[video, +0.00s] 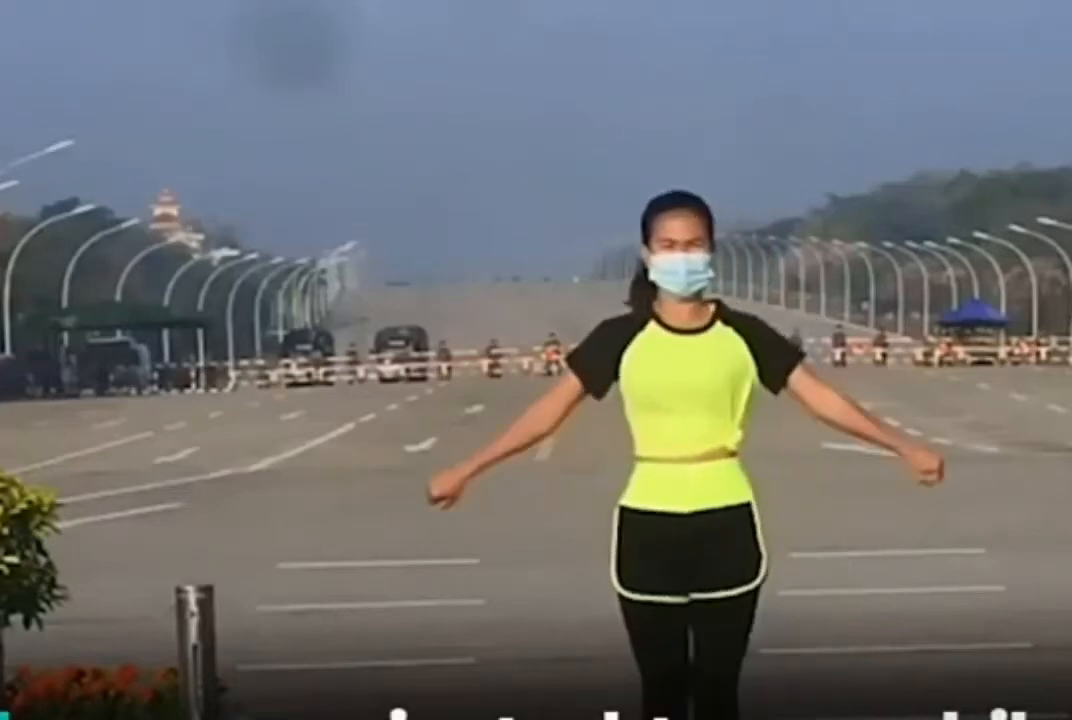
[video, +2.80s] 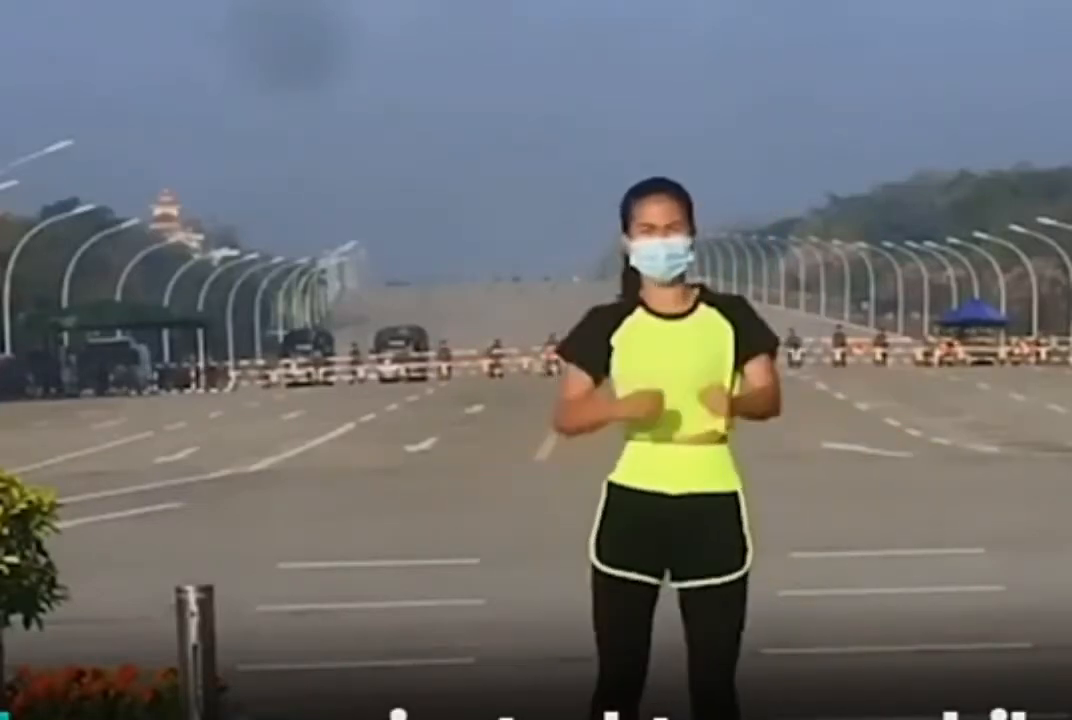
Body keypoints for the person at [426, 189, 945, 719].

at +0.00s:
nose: (686, 257)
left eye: (697, 244)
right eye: (670, 245)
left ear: (713, 253)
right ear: (646, 255)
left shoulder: (745, 334)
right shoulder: (619, 337)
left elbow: (821, 399)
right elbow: (547, 414)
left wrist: (905, 446)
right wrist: (465, 471)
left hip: (728, 523)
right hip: (647, 525)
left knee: (717, 692)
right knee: (662, 692)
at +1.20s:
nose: (685, 260)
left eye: (696, 246)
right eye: (670, 248)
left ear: (714, 252)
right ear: (648, 256)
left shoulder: (748, 335)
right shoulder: (626, 341)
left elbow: (803, 419)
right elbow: (577, 431)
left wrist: (869, 486)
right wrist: (525, 500)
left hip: (724, 523)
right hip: (645, 523)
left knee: (718, 690)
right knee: (659, 691)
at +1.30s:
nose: (683, 259)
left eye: (694, 246)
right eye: (667, 248)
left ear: (711, 252)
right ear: (646, 257)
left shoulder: (747, 333)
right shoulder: (625, 337)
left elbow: (771, 405)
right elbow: (593, 434)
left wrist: (777, 454)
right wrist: (596, 429)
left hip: (720, 522)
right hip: (642, 523)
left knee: (716, 691)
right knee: (642, 690)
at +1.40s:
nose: (676, 257)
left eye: (688, 245)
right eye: (662, 246)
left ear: (706, 252)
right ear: (641, 255)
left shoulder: (739, 328)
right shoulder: (619, 333)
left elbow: (744, 403)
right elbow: (605, 419)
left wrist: (698, 379)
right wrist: (654, 367)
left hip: (717, 516)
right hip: (639, 515)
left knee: (713, 688)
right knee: (619, 684)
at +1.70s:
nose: (638, 267)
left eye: (651, 255)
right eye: (625, 255)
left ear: (670, 263)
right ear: (606, 262)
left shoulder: (697, 339)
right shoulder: (577, 341)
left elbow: (680, 413)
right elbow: (589, 423)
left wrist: (612, 345)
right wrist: (646, 356)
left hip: (678, 527)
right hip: (598, 530)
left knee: (691, 693)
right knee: (574, 696)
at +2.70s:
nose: (652, 263)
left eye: (664, 250)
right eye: (637, 252)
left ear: (681, 256)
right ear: (617, 261)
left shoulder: (720, 332)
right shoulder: (598, 340)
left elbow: (735, 412)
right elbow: (585, 433)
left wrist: (675, 364)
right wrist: (646, 366)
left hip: (703, 524)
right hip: (622, 523)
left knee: (712, 693)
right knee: (591, 689)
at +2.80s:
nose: (664, 243)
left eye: (675, 230)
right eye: (649, 232)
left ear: (692, 237)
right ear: (628, 242)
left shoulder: (734, 315)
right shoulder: (606, 323)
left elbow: (770, 401)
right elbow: (566, 416)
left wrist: (733, 402)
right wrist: (619, 407)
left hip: (713, 511)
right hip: (632, 510)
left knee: (714, 686)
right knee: (620, 681)